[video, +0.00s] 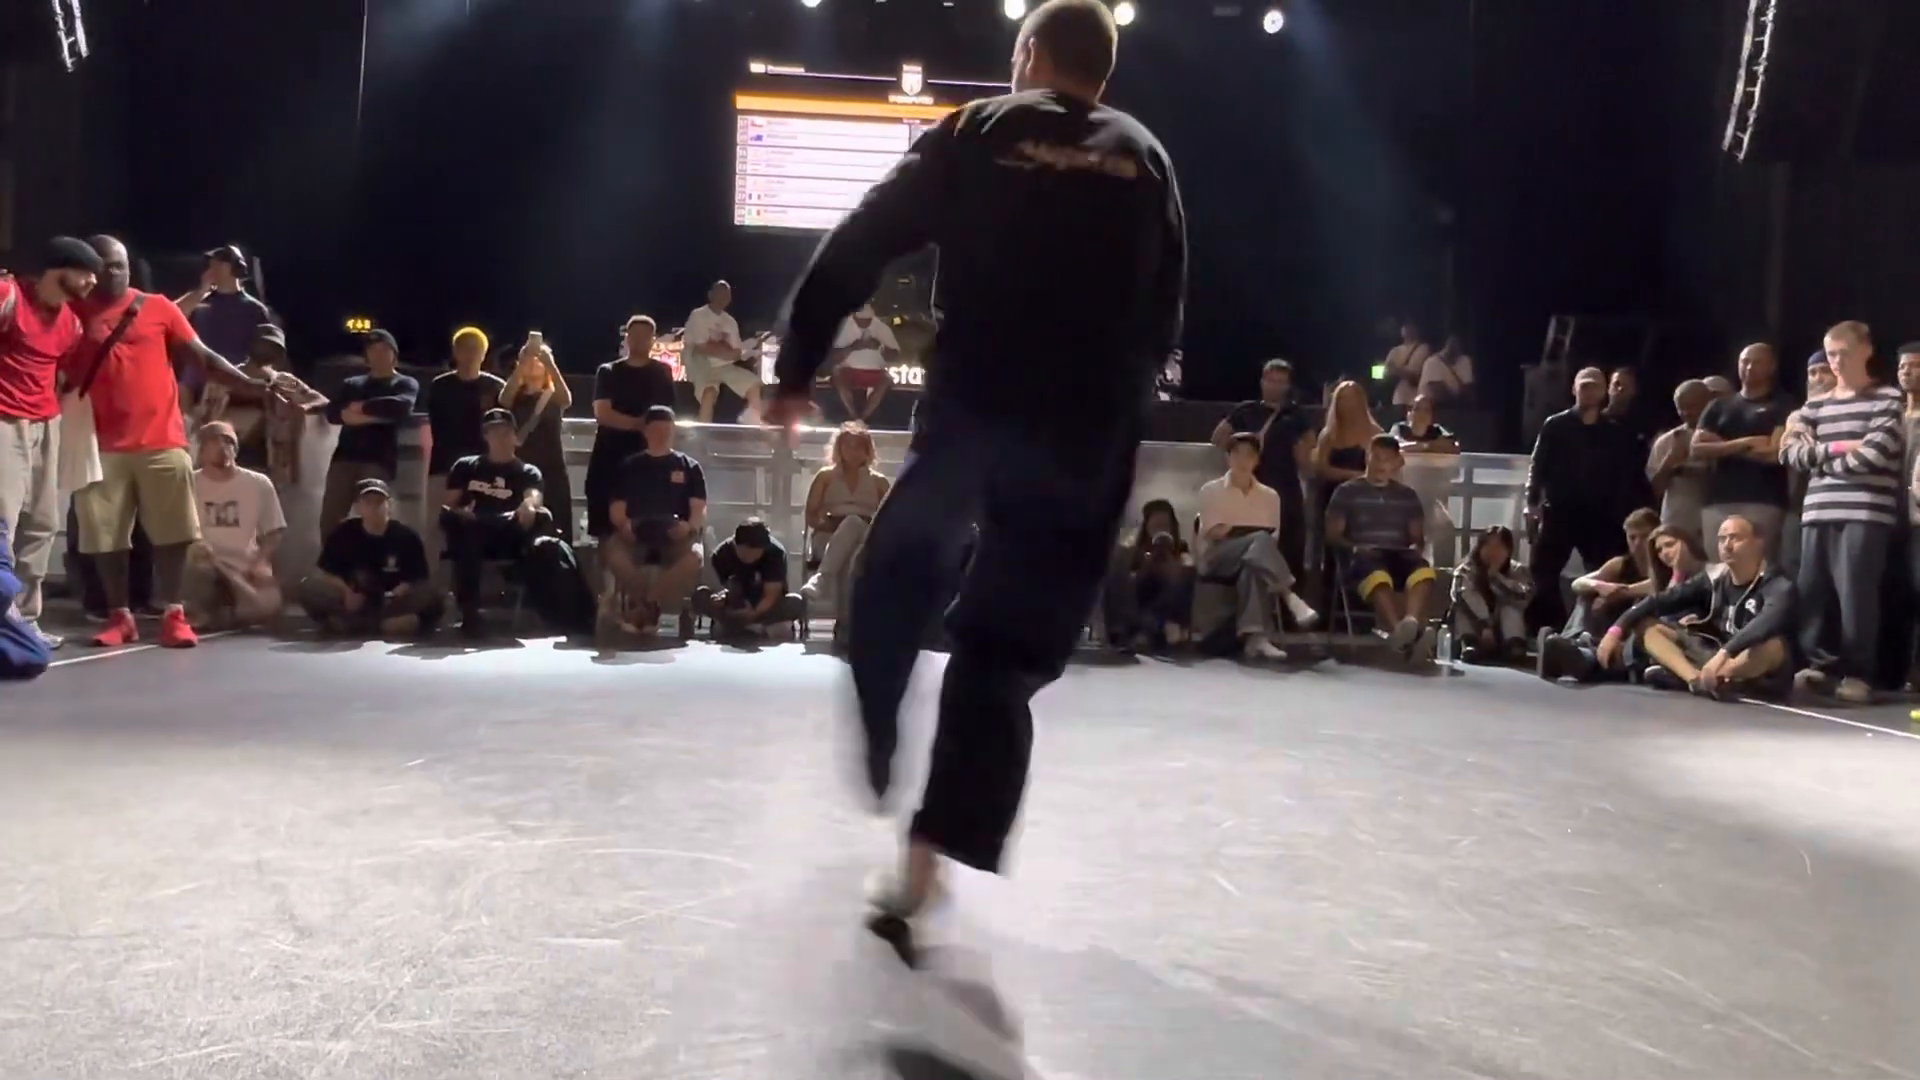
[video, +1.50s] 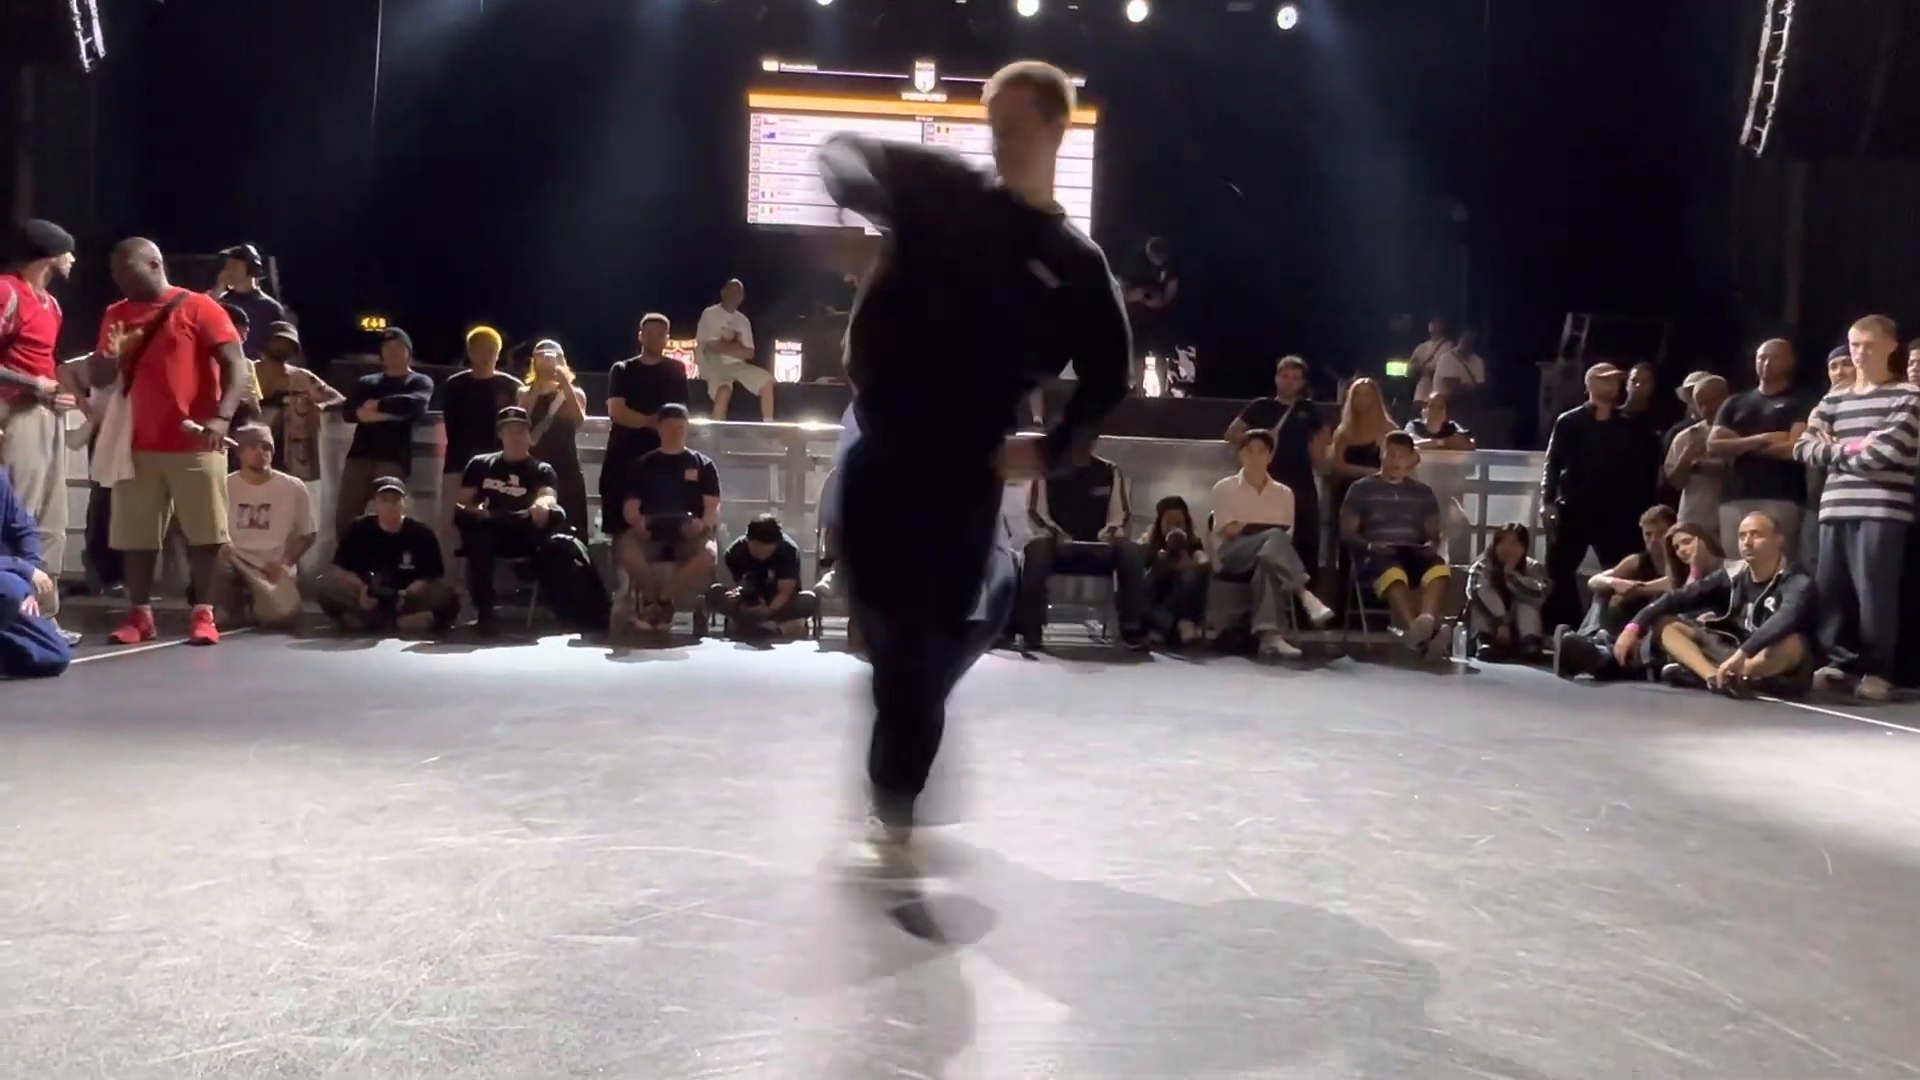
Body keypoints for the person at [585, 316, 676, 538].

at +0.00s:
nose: (639, 342)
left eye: (645, 337)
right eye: (634, 336)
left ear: (653, 340)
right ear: (626, 338)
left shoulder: (662, 372)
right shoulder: (608, 371)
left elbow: (664, 419)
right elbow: (602, 414)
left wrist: (614, 415)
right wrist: (641, 423)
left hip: (647, 457)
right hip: (610, 456)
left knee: (646, 526)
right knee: (606, 528)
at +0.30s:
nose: (642, 343)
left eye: (647, 338)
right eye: (637, 337)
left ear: (654, 342)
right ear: (627, 340)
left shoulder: (662, 372)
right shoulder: (609, 372)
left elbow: (666, 419)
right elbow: (603, 415)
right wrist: (641, 424)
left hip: (648, 459)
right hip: (610, 458)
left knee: (648, 527)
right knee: (607, 530)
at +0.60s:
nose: (644, 346)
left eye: (650, 341)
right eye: (639, 340)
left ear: (656, 345)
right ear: (630, 342)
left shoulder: (665, 375)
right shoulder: (611, 375)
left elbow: (669, 423)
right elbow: (606, 418)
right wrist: (645, 428)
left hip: (651, 463)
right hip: (613, 461)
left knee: (651, 531)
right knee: (611, 533)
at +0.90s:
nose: (647, 341)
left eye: (652, 336)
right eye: (642, 335)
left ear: (659, 341)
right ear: (632, 339)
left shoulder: (668, 372)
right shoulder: (615, 372)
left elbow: (672, 420)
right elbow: (609, 415)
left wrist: (622, 416)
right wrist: (648, 425)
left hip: (654, 460)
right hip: (616, 459)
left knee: (655, 528)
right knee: (613, 531)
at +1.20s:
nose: (653, 342)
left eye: (658, 338)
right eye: (648, 337)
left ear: (664, 342)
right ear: (637, 339)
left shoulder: (672, 373)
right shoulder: (618, 372)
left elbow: (676, 419)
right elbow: (613, 415)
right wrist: (651, 425)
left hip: (658, 459)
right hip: (620, 458)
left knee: (658, 526)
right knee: (617, 529)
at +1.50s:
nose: (657, 338)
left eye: (662, 334)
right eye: (652, 333)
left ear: (667, 338)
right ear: (640, 336)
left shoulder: (676, 369)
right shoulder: (622, 369)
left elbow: (678, 416)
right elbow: (616, 412)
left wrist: (631, 415)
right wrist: (653, 421)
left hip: (661, 455)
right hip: (623, 454)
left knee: (661, 523)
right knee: (620, 525)